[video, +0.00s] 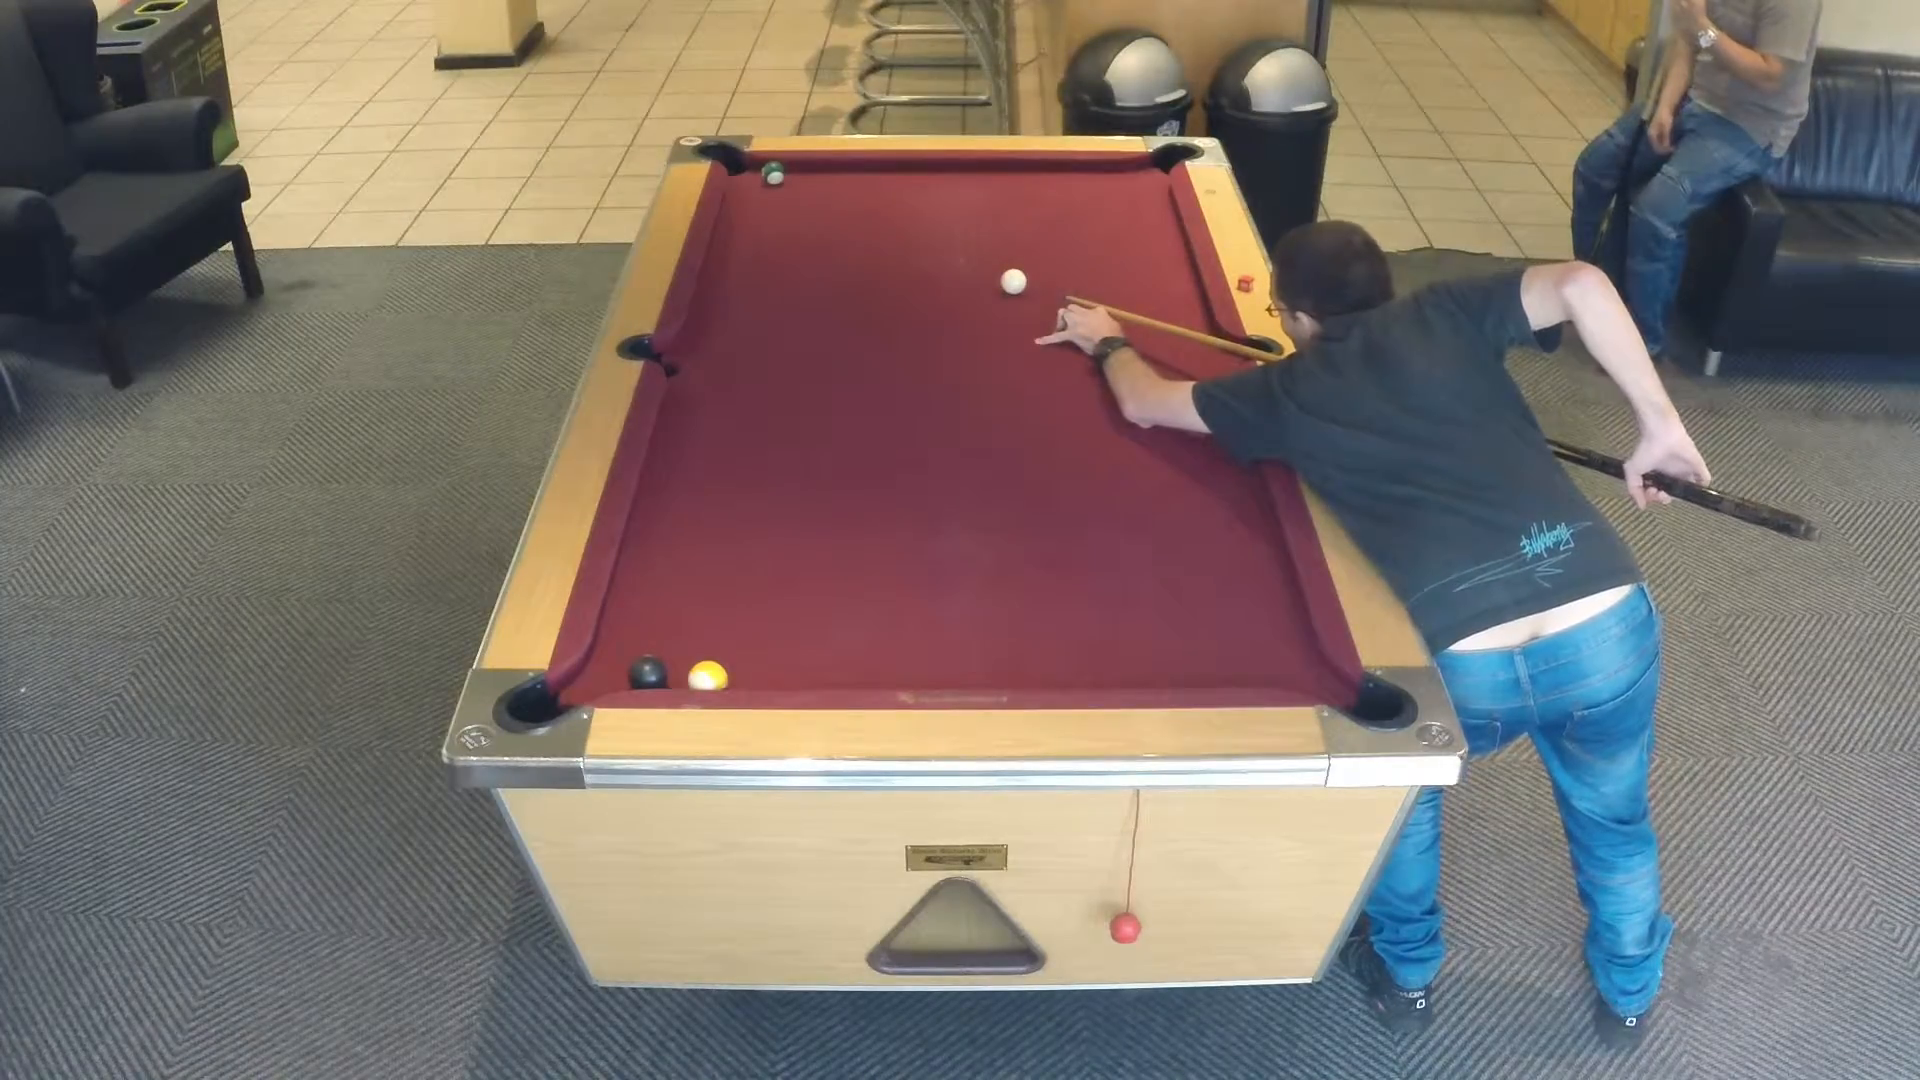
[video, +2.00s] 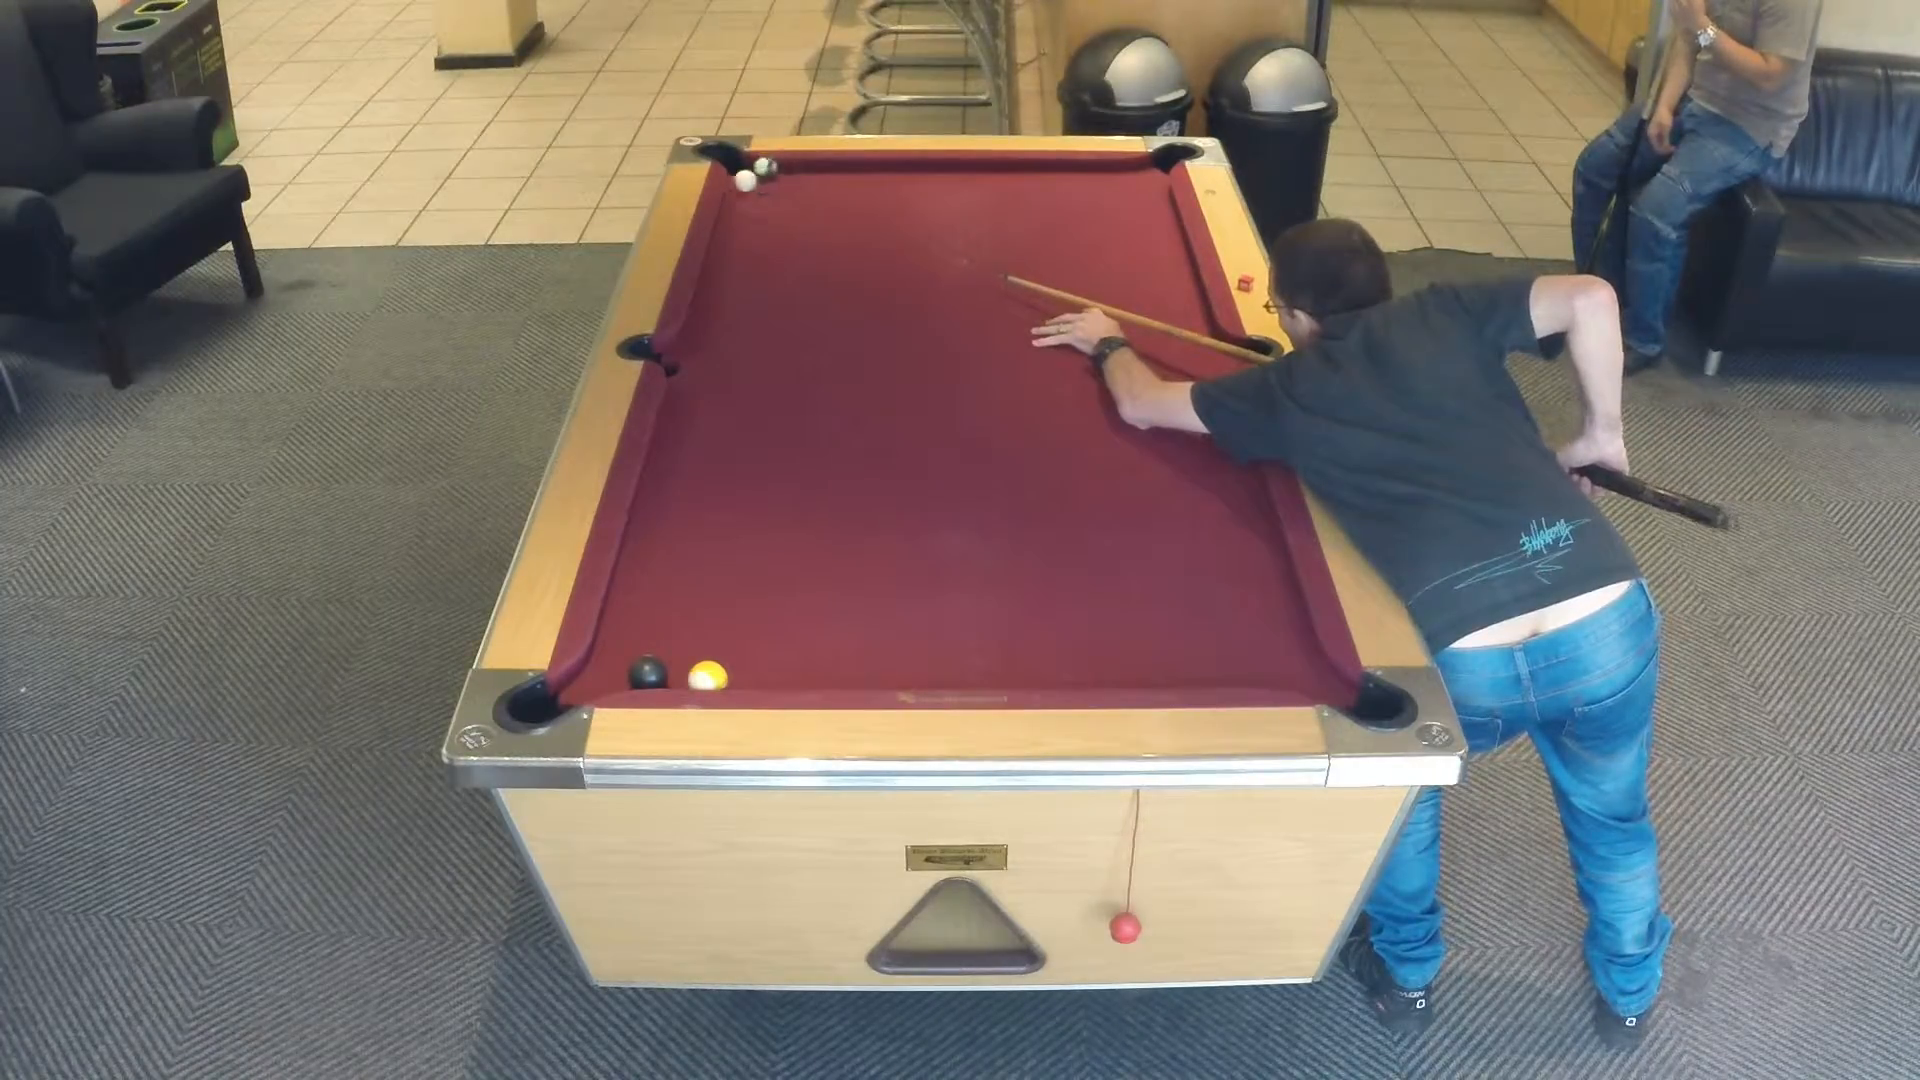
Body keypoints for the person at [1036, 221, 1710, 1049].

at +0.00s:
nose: (1278, 316)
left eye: (1280, 305)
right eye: (1280, 303)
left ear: (1302, 319)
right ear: (1385, 287)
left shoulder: (1288, 390)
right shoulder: (1451, 310)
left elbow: (1146, 402)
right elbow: (1581, 284)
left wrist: (1108, 341)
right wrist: (1661, 420)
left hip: (1464, 662)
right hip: (1605, 620)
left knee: (1402, 774)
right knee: (1617, 819)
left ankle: (1409, 967)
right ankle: (1631, 989)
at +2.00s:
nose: (1278, 313)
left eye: (1280, 302)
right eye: (1278, 301)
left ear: (1298, 316)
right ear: (1385, 290)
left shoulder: (1286, 389)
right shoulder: (1450, 313)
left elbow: (1141, 399)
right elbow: (1589, 297)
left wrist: (1105, 341)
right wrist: (1603, 428)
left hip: (1468, 661)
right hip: (1606, 623)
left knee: (1394, 763)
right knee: (1615, 819)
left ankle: (1407, 966)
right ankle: (1631, 990)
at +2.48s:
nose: (1287, 308)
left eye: (1288, 297)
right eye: (1285, 296)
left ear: (1302, 312)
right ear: (1392, 284)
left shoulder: (1289, 385)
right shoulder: (1456, 312)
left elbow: (1146, 397)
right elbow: (1596, 304)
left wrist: (1106, 343)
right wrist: (1607, 435)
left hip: (1470, 656)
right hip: (1610, 619)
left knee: (1404, 766)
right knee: (1618, 817)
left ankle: (1407, 965)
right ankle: (1631, 990)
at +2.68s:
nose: (1289, 287)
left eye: (1291, 275)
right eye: (1287, 274)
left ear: (1313, 285)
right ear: (1401, 260)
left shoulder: (1302, 365)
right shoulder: (1473, 297)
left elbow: (1182, 387)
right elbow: (1625, 327)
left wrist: (1108, 342)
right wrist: (1603, 448)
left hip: (1487, 665)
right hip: (1624, 632)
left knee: (1407, 762)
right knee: (1621, 824)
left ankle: (1406, 965)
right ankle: (1630, 988)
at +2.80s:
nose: (1300, 245)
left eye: (1306, 233)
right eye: (1302, 230)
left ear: (1330, 252)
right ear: (1415, 232)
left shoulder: (1315, 338)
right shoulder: (1497, 285)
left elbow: (1198, 377)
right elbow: (1655, 355)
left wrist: (1116, 343)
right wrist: (1602, 461)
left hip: (1490, 655)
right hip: (1629, 634)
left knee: (1415, 762)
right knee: (1623, 823)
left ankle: (1406, 965)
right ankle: (1621, 984)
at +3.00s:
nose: (1341, 189)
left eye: (1346, 175)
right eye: (1346, 171)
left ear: (1370, 194)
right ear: (1463, 180)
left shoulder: (1343, 300)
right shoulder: (1550, 251)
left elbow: (1277, 466)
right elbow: (1702, 385)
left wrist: (1247, 378)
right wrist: (1604, 446)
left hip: (1508, 640)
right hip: (1652, 621)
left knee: (1424, 780)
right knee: (1610, 831)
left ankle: (1404, 966)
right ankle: (1605, 1019)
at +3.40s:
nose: (1504, 176)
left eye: (1521, 161)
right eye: (1510, 155)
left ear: (1582, 182)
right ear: (1638, 176)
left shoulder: (1556, 340)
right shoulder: (1737, 285)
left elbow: (1503, 578)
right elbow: (1753, 454)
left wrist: (1470, 497)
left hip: (1597, 728)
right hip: (1723, 706)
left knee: (1473, 865)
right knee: (1622, 911)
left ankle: (1404, 985)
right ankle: (1612, 1066)